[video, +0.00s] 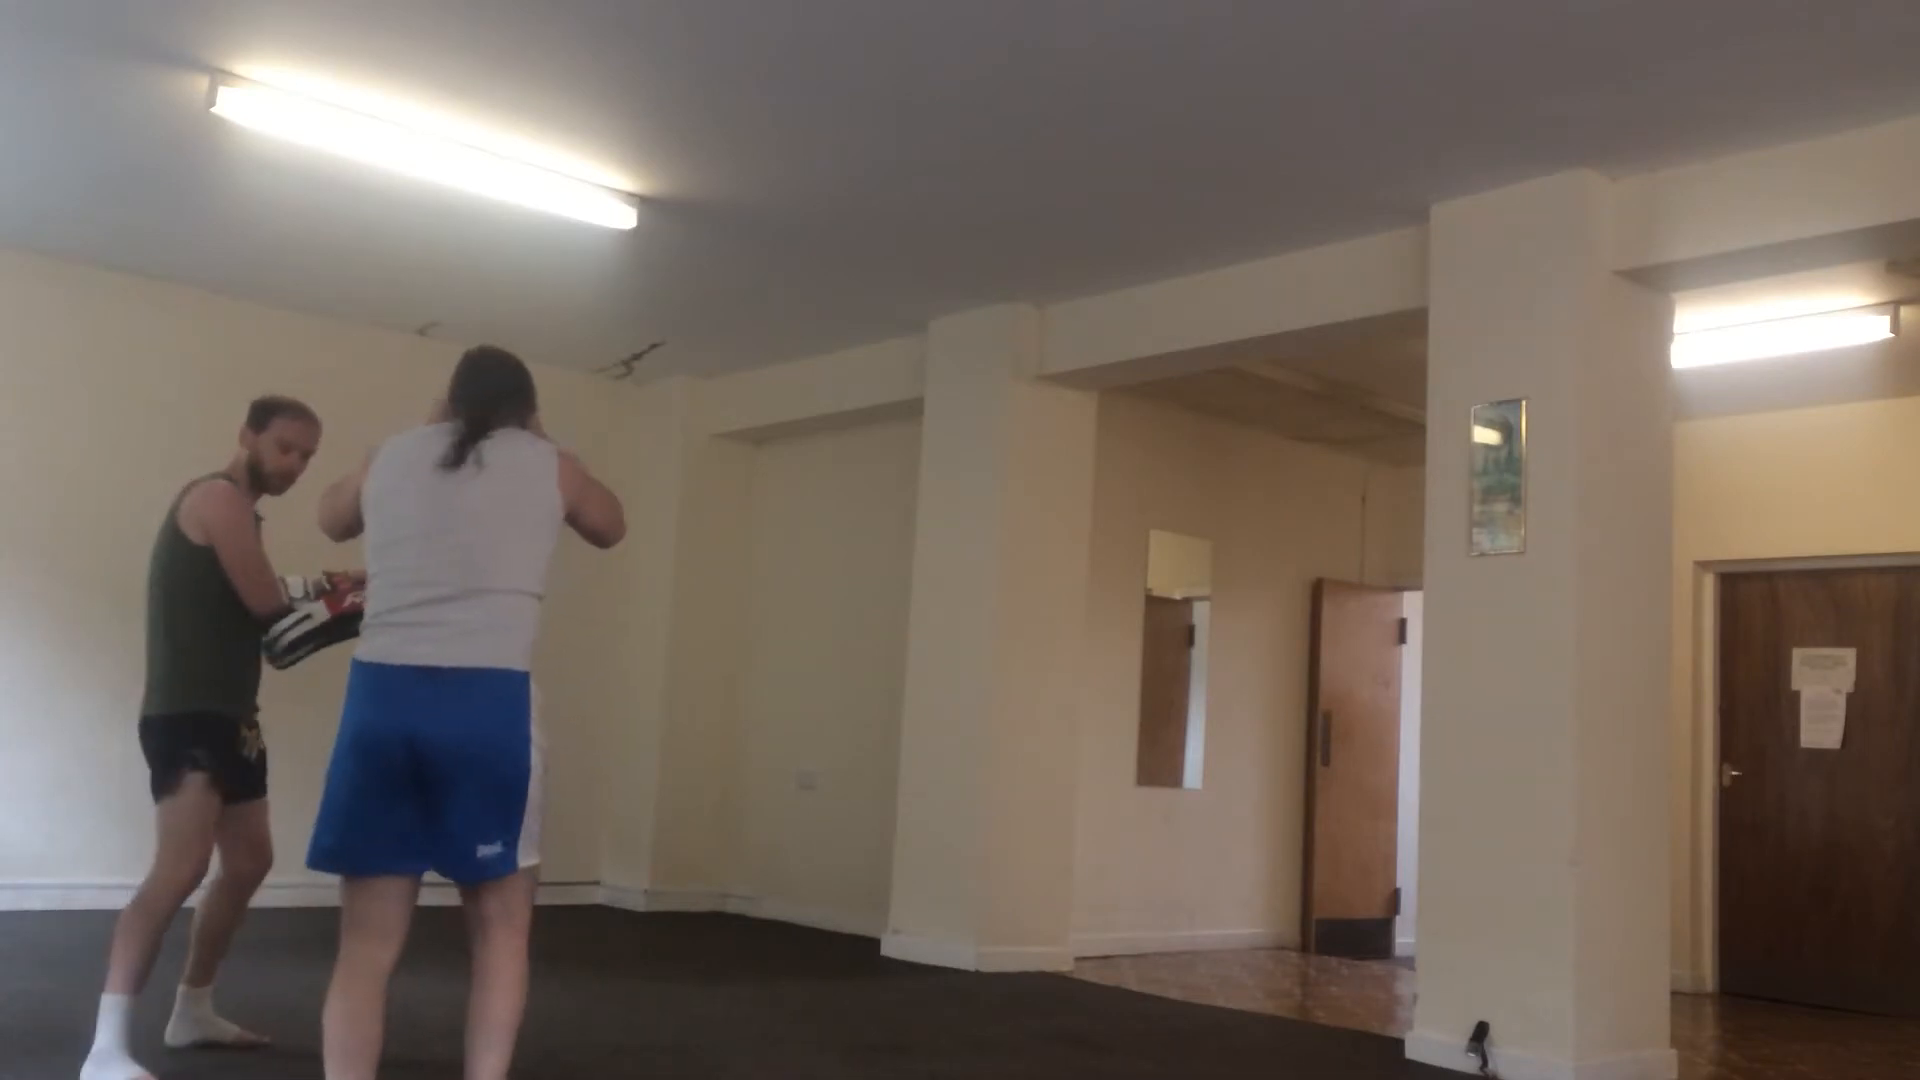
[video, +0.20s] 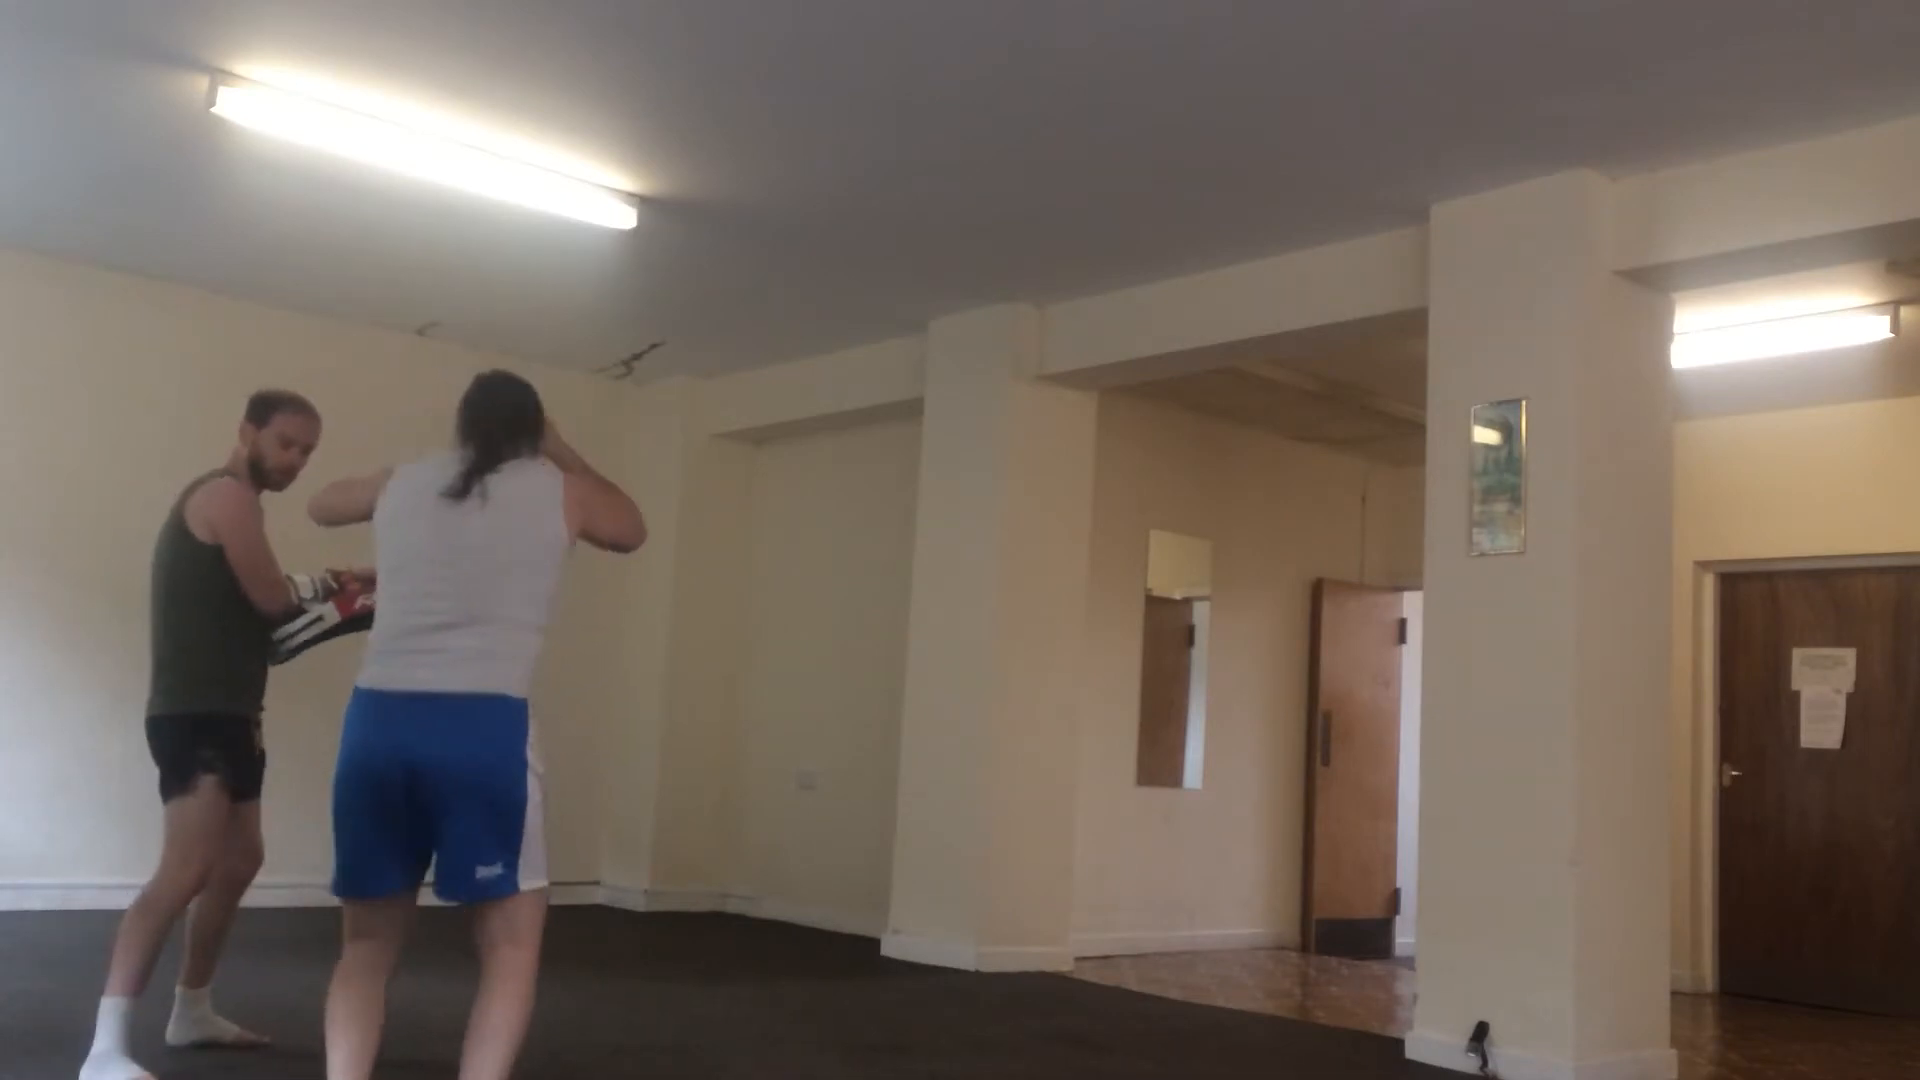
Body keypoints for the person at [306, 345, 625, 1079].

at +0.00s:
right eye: (535, 411)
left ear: (450, 398)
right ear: (527, 408)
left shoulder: (393, 456)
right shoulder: (548, 464)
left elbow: (333, 515)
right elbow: (610, 526)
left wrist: (410, 457)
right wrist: (555, 462)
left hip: (381, 710)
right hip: (488, 713)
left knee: (367, 940)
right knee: (500, 930)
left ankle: (346, 1075)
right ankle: (484, 1072)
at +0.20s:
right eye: (541, 425)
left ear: (459, 427)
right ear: (535, 431)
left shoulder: (402, 483)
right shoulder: (557, 492)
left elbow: (321, 505)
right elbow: (629, 528)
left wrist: (408, 481)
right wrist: (560, 451)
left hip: (378, 730)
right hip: (485, 736)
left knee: (365, 946)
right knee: (509, 950)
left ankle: (345, 1073)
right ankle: (478, 1075)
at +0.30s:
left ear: (466, 454)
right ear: (542, 461)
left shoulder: (406, 510)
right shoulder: (560, 521)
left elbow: (285, 533)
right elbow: (642, 546)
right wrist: (571, 472)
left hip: (373, 757)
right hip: (479, 765)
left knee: (355, 924)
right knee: (525, 963)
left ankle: (314, 1072)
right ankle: (489, 1076)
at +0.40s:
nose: (451, 464)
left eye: (454, 455)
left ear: (454, 460)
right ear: (528, 466)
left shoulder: (395, 519)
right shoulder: (556, 533)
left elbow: (264, 560)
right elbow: (623, 558)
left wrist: (151, 583)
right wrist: (554, 484)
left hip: (364, 762)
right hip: (466, 775)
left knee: (340, 912)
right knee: (523, 975)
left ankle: (302, 1069)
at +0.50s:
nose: (409, 457)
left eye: (414, 447)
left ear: (422, 453)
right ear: (493, 459)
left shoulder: (375, 520)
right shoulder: (526, 535)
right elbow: (582, 566)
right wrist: (508, 492)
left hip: (358, 766)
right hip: (459, 776)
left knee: (323, 910)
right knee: (498, 986)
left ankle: (310, 1066)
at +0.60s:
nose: (369, 450)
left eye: (372, 440)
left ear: (385, 448)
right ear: (458, 454)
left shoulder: (346, 527)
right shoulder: (494, 539)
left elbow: (199, 552)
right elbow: (551, 601)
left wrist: (125, 498)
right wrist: (487, 561)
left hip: (353, 767)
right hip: (454, 771)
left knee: (309, 906)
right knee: (472, 933)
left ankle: (311, 1066)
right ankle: (493, 1049)